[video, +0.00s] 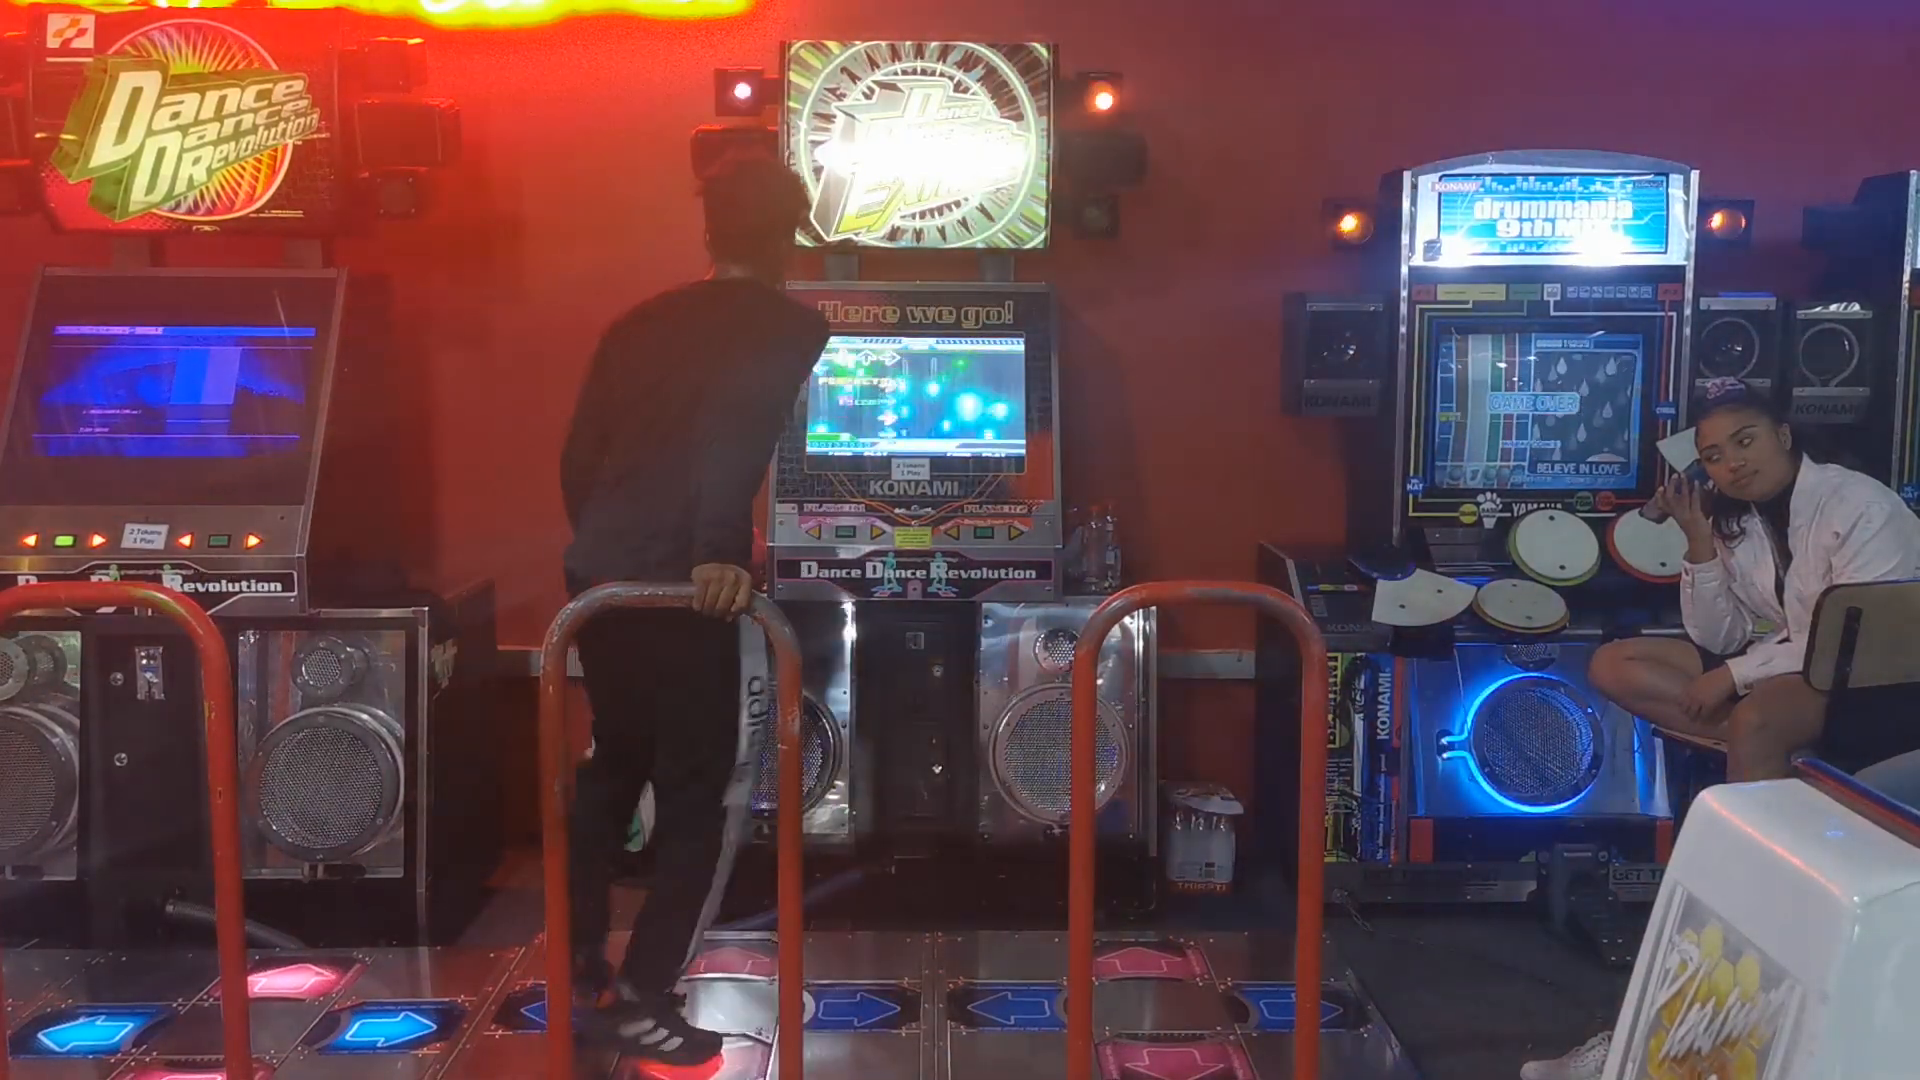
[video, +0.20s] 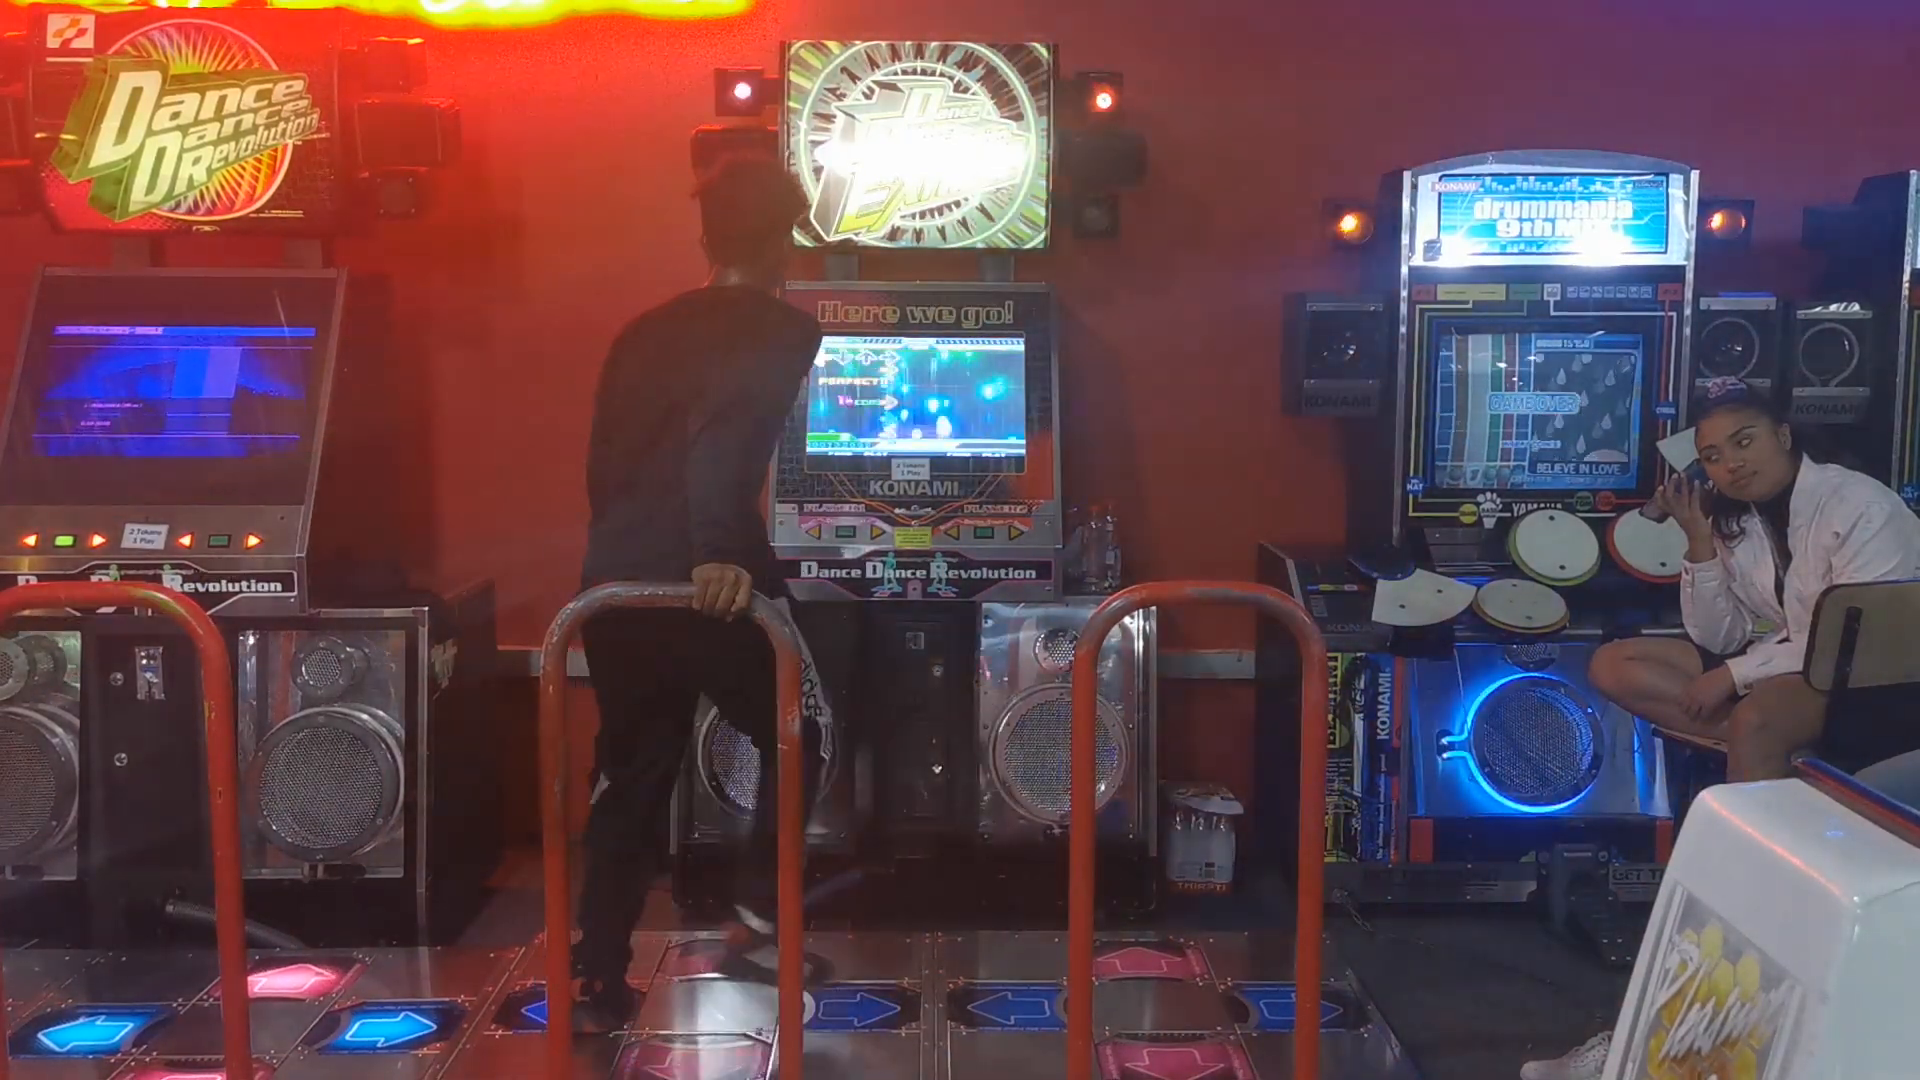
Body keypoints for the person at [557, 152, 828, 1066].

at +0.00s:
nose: (791, 247)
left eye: (775, 229)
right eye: (791, 232)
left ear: (712, 233)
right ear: (788, 235)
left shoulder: (636, 323)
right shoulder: (790, 325)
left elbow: (580, 456)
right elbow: (739, 432)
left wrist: (602, 554)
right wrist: (722, 541)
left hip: (600, 575)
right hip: (693, 578)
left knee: (614, 758)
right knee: (692, 795)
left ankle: (580, 953)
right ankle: (644, 1003)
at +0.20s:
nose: (790, 248)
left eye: (778, 233)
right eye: (790, 235)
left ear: (709, 240)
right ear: (785, 239)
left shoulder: (642, 331)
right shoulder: (781, 326)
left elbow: (608, 467)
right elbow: (729, 430)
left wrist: (621, 556)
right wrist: (724, 544)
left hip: (618, 584)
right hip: (715, 581)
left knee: (631, 776)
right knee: (801, 738)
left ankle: (599, 979)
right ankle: (756, 906)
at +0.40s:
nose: (788, 257)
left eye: (785, 240)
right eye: (782, 241)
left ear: (714, 248)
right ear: (774, 248)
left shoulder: (651, 342)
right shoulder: (785, 334)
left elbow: (628, 482)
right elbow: (733, 432)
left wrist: (649, 568)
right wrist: (722, 546)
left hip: (637, 607)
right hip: (738, 596)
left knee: (652, 780)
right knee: (839, 745)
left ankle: (601, 975)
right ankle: (813, 951)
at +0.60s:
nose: (804, 260)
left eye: (799, 247)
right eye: (801, 247)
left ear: (719, 255)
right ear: (790, 254)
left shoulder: (658, 348)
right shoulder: (781, 341)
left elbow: (637, 481)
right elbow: (719, 433)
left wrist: (651, 569)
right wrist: (720, 546)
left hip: (643, 600)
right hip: (740, 591)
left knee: (662, 771)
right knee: (842, 741)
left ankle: (602, 973)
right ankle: (820, 946)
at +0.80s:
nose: (800, 260)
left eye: (796, 246)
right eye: (797, 246)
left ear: (716, 253)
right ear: (785, 253)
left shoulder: (652, 346)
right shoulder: (774, 339)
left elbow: (647, 475)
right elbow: (716, 433)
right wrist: (716, 546)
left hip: (637, 595)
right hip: (738, 590)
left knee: (653, 775)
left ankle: (601, 977)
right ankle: (823, 945)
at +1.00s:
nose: (791, 258)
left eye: (788, 244)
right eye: (788, 244)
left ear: (704, 253)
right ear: (776, 252)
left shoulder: (643, 349)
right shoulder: (769, 340)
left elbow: (632, 479)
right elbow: (716, 431)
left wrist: (652, 559)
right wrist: (716, 546)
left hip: (630, 599)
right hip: (729, 596)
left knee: (645, 780)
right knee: (833, 753)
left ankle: (599, 978)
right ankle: (819, 950)